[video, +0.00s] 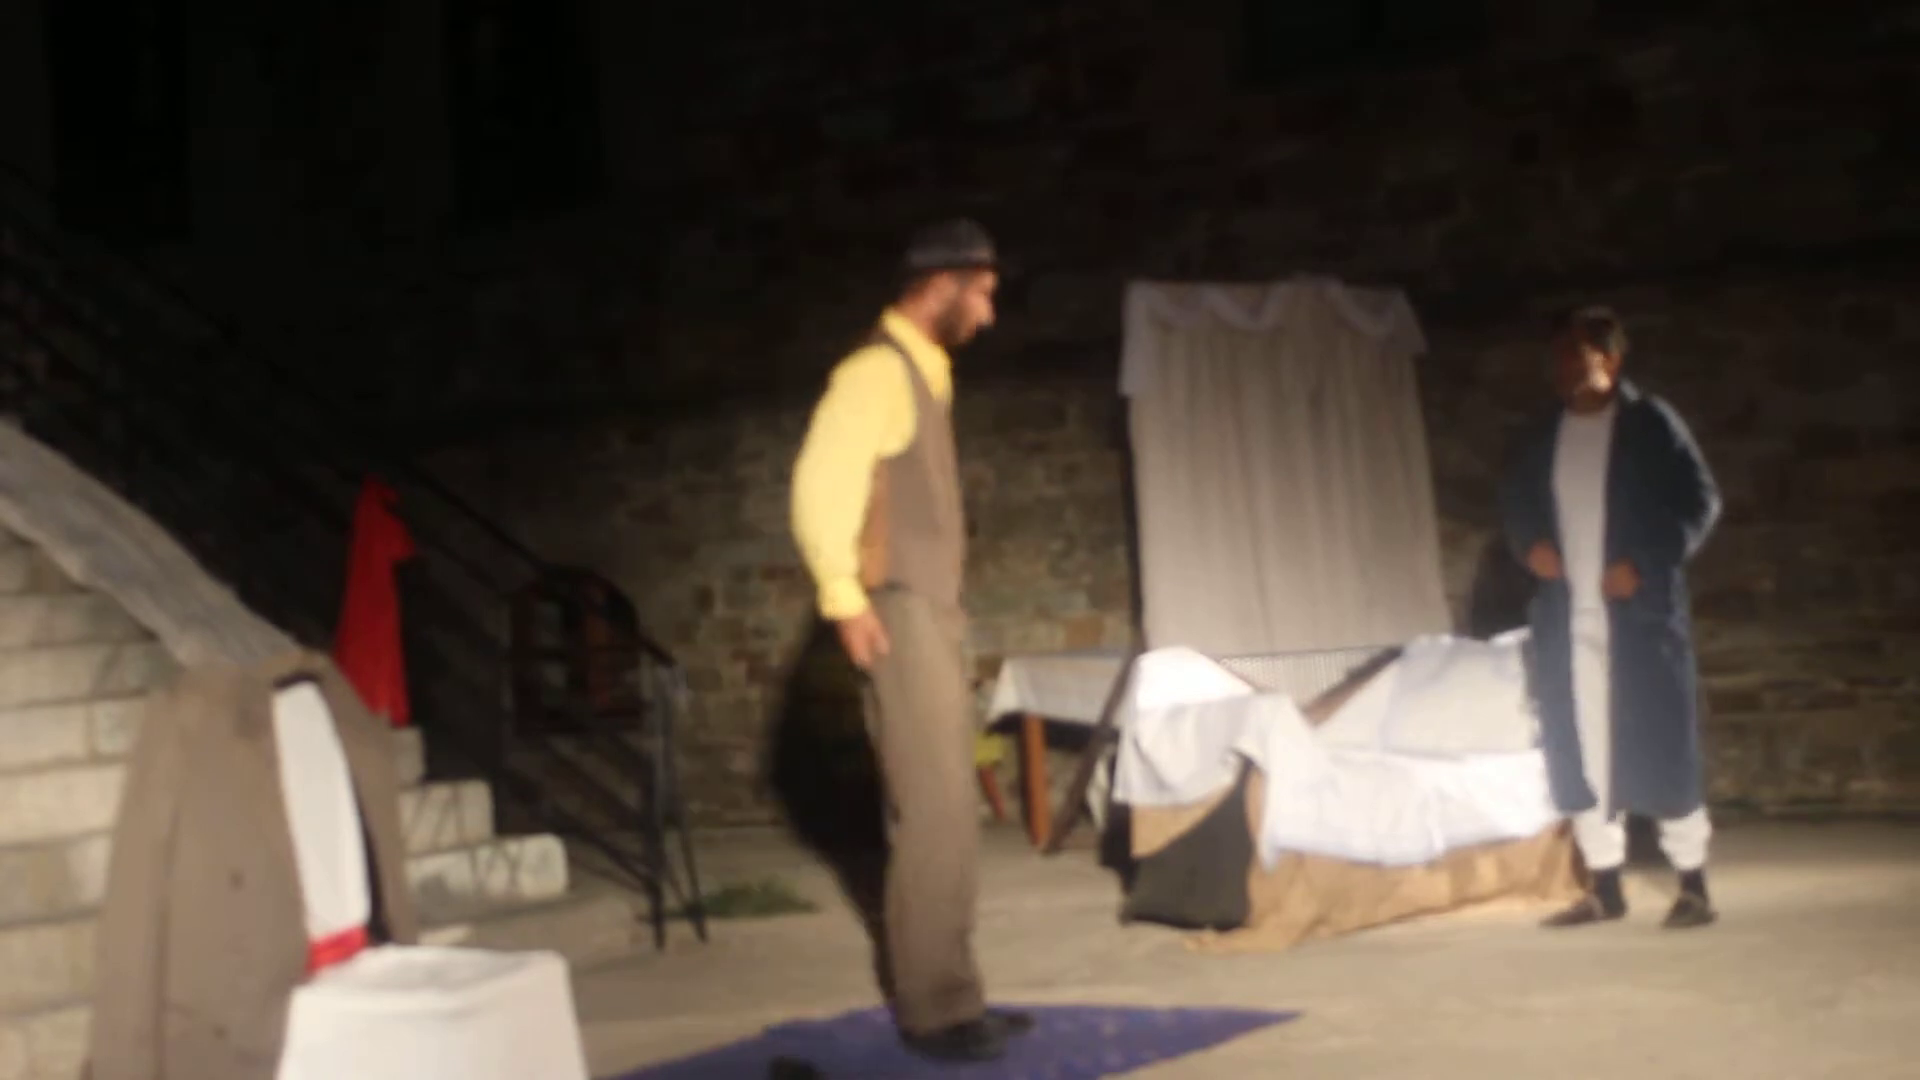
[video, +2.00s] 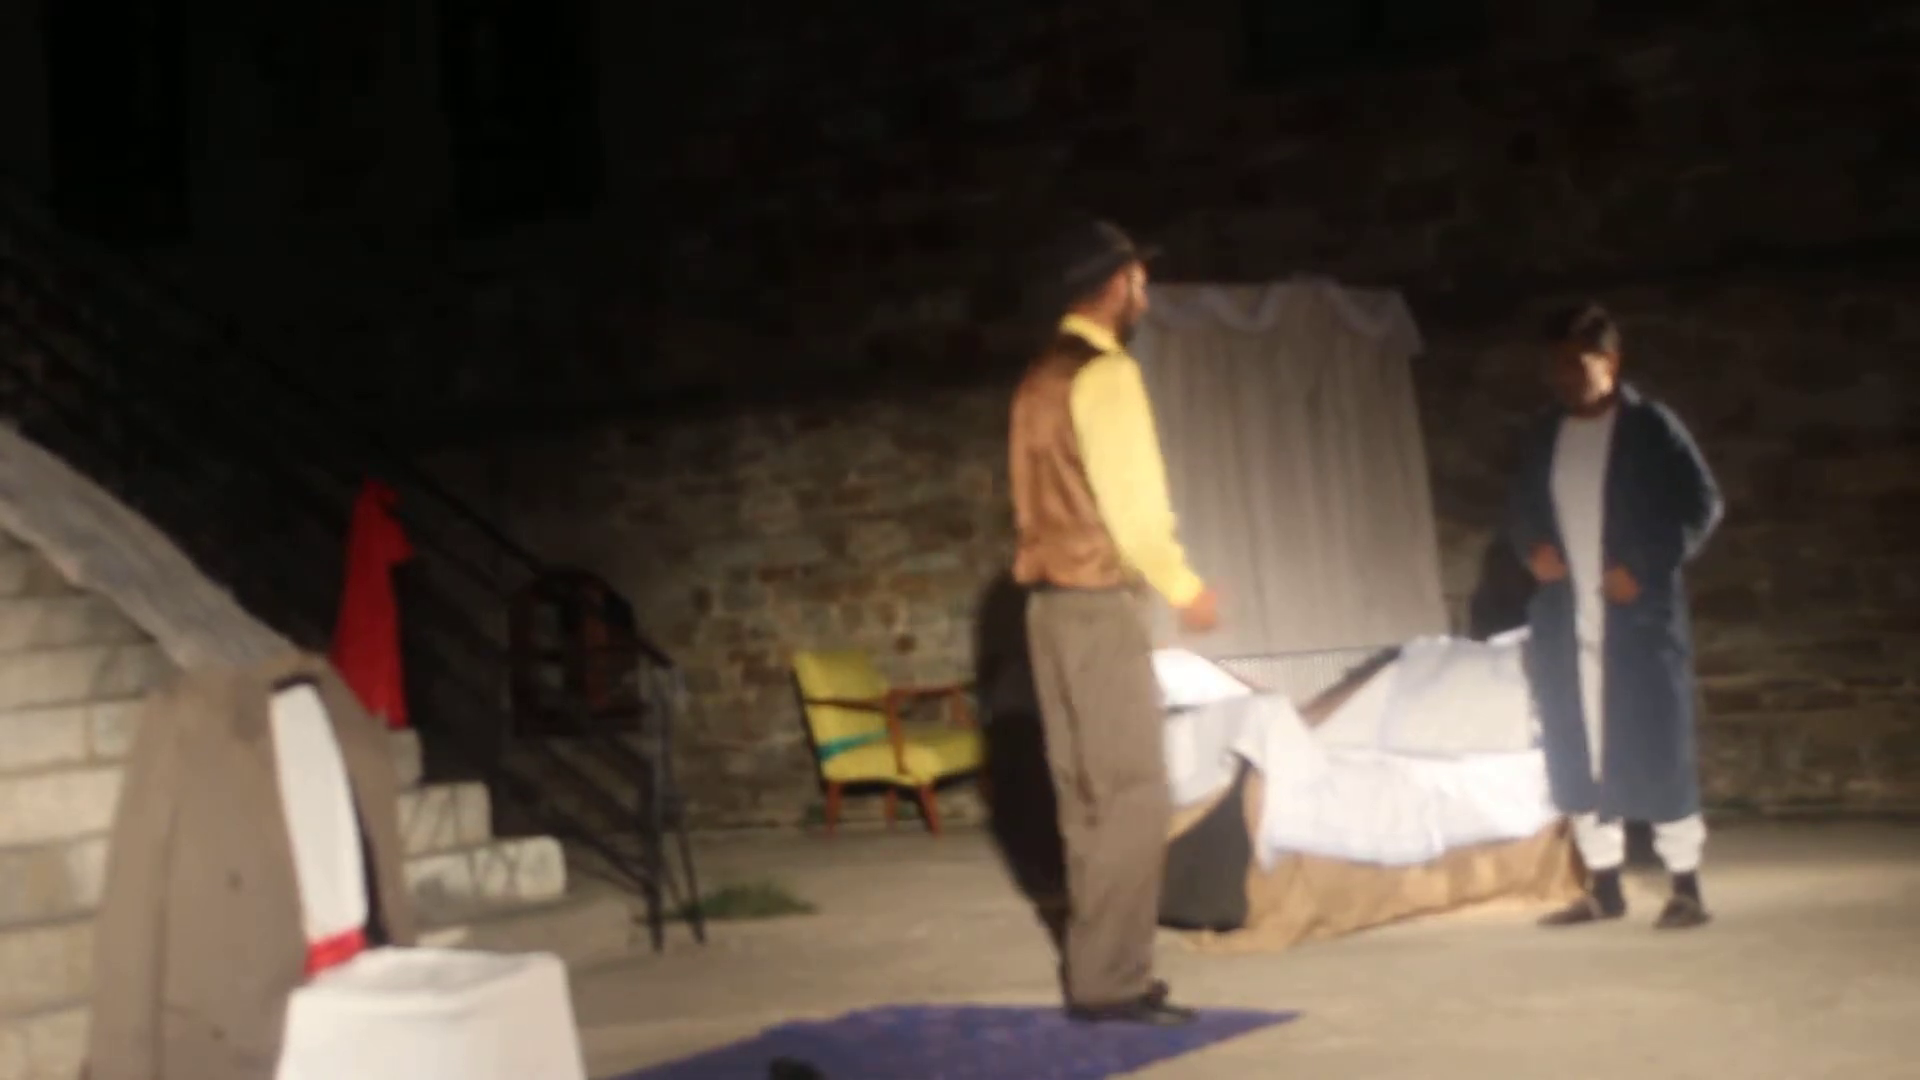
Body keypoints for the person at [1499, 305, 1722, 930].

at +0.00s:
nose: (1579, 369)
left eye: (1589, 357)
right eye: (1570, 358)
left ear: (1614, 359)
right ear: (1557, 364)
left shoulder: (1652, 422)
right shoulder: (1538, 435)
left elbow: (1699, 505)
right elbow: (1514, 500)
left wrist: (1644, 565)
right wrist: (1531, 543)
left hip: (1642, 619)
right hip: (1565, 620)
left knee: (1664, 742)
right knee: (1578, 746)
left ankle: (1693, 886)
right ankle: (1605, 889)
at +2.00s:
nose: (1576, 375)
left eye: (1586, 361)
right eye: (1566, 364)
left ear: (1613, 361)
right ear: (1554, 369)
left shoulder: (1652, 427)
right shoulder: (1540, 436)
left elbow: (1702, 507)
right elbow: (1519, 507)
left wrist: (1643, 569)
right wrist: (1535, 547)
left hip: (1641, 620)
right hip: (1564, 622)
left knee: (1659, 744)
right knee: (1578, 747)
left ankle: (1685, 887)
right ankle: (1604, 888)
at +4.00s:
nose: (1546, 381)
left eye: (1558, 368)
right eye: (1538, 369)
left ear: (1586, 367)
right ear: (1526, 372)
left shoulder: (1627, 424)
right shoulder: (1514, 438)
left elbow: (1684, 500)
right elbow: (1488, 505)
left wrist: (1636, 562)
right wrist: (1502, 549)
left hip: (1621, 624)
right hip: (1548, 627)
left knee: (1644, 742)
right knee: (1563, 749)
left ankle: (1677, 882)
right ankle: (1591, 886)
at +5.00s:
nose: (1514, 396)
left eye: (1526, 382)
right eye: (1505, 382)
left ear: (1552, 374)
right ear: (1489, 376)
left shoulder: (1588, 428)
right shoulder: (1463, 434)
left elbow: (1631, 502)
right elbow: (1431, 512)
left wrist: (1585, 560)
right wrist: (1476, 558)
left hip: (1575, 617)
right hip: (1494, 619)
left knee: (1596, 738)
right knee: (1501, 743)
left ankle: (1625, 888)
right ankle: (1518, 893)